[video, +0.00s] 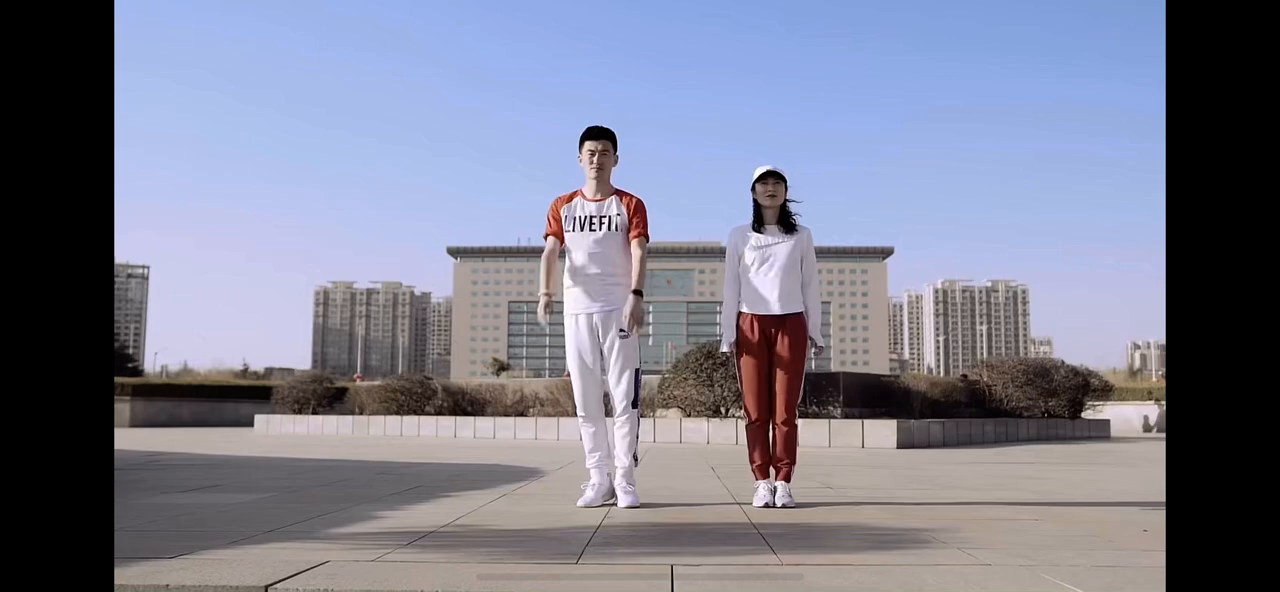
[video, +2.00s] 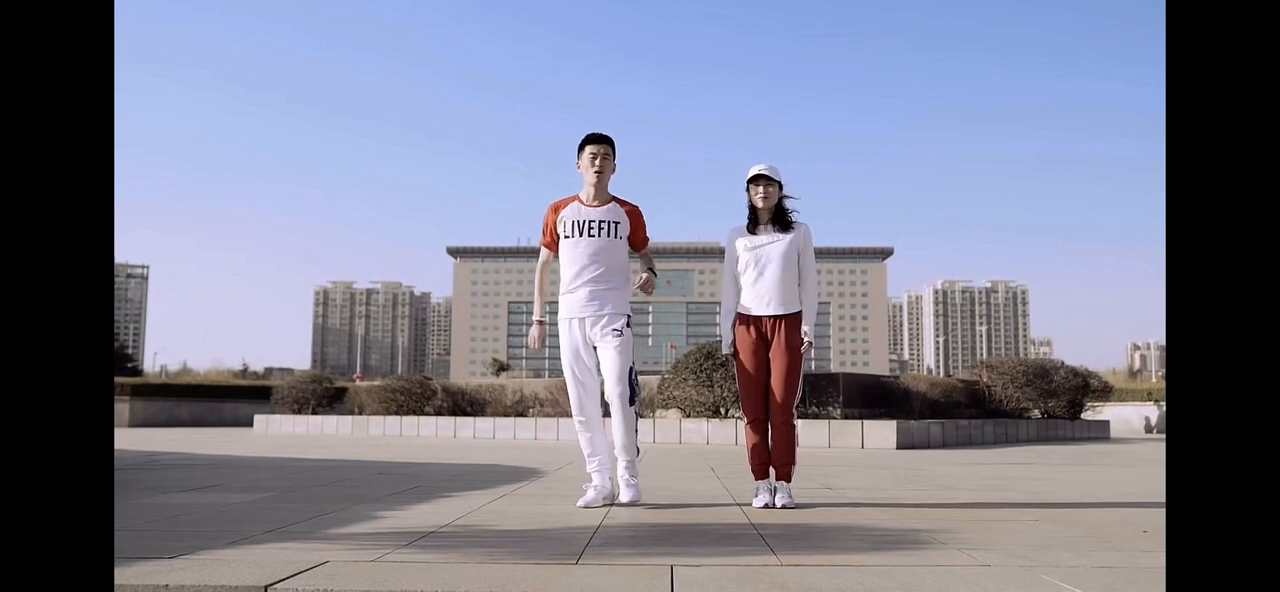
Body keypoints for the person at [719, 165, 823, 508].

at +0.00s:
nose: (770, 188)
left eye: (777, 183)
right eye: (764, 183)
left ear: (785, 192)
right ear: (754, 192)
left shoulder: (800, 234)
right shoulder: (740, 234)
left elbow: (811, 284)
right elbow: (730, 285)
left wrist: (814, 328)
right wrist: (727, 330)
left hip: (790, 324)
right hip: (750, 324)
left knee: (784, 410)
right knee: (755, 411)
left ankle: (783, 482)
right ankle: (762, 482)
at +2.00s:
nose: (762, 190)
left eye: (769, 185)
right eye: (756, 185)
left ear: (779, 192)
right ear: (749, 192)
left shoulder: (799, 232)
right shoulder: (736, 236)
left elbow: (809, 282)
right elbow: (730, 287)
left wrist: (808, 324)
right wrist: (726, 330)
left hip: (786, 323)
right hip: (747, 324)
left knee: (781, 405)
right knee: (753, 408)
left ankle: (783, 483)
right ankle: (762, 484)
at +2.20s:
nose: (762, 191)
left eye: (769, 185)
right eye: (756, 186)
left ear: (780, 192)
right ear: (749, 193)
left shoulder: (798, 232)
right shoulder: (736, 236)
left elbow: (810, 282)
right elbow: (729, 289)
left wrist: (809, 325)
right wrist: (724, 332)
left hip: (786, 324)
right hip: (746, 325)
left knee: (781, 407)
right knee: (753, 409)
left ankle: (783, 483)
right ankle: (762, 482)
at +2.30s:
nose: (762, 189)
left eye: (769, 185)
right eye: (756, 185)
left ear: (780, 192)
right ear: (749, 192)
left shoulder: (798, 232)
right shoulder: (736, 236)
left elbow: (811, 283)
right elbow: (728, 289)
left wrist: (812, 330)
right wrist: (723, 332)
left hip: (786, 325)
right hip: (746, 325)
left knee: (781, 408)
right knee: (753, 409)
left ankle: (783, 482)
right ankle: (761, 482)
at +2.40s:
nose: (763, 189)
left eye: (769, 185)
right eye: (757, 185)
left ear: (780, 192)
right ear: (749, 192)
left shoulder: (799, 233)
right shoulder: (736, 236)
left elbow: (812, 283)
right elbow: (727, 288)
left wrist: (814, 330)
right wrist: (723, 331)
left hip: (786, 325)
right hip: (746, 325)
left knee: (781, 407)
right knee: (753, 409)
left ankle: (783, 483)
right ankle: (762, 483)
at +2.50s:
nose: (763, 190)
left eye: (770, 185)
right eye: (757, 185)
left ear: (781, 193)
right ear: (749, 193)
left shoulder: (798, 233)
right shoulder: (735, 238)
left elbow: (812, 283)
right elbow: (725, 287)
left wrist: (821, 328)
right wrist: (719, 330)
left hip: (786, 325)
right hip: (746, 326)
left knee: (781, 405)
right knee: (754, 408)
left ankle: (783, 483)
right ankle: (762, 483)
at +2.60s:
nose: (764, 190)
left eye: (770, 185)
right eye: (758, 185)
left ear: (781, 193)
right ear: (749, 193)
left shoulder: (798, 233)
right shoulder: (735, 237)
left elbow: (812, 281)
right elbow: (724, 285)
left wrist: (822, 325)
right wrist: (720, 328)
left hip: (786, 324)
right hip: (746, 325)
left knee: (782, 405)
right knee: (754, 408)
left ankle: (783, 483)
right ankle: (762, 484)